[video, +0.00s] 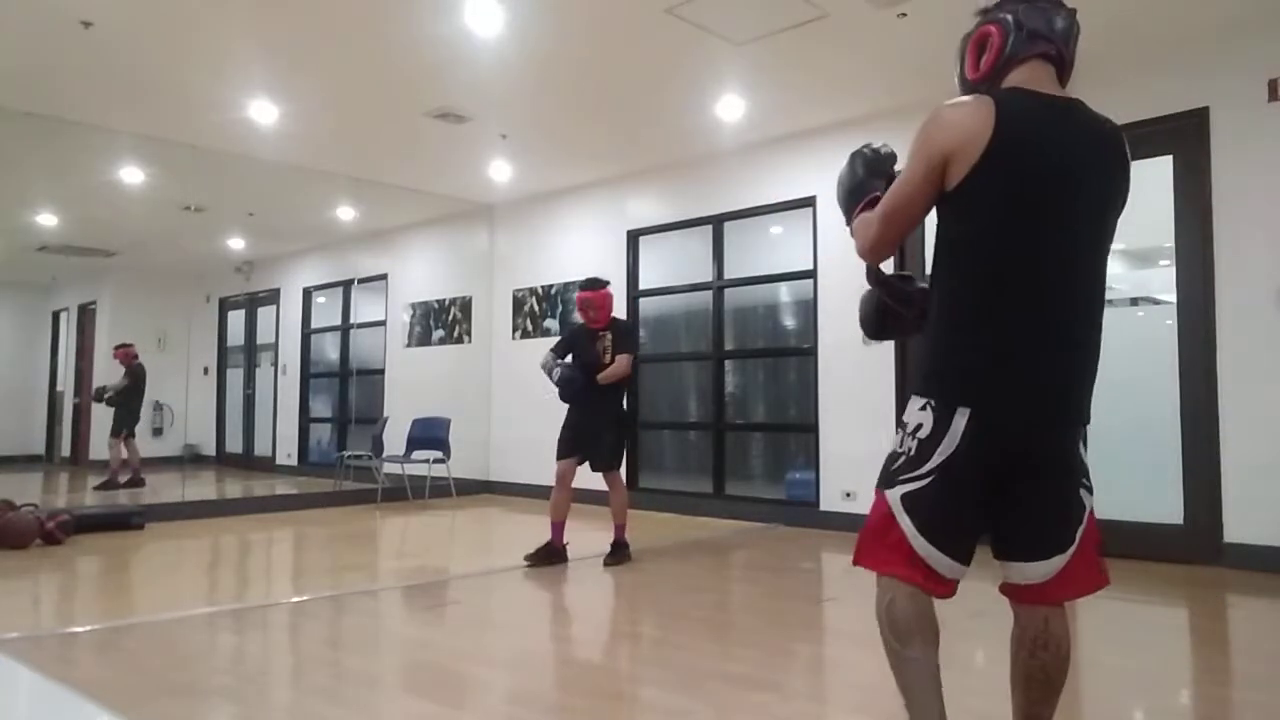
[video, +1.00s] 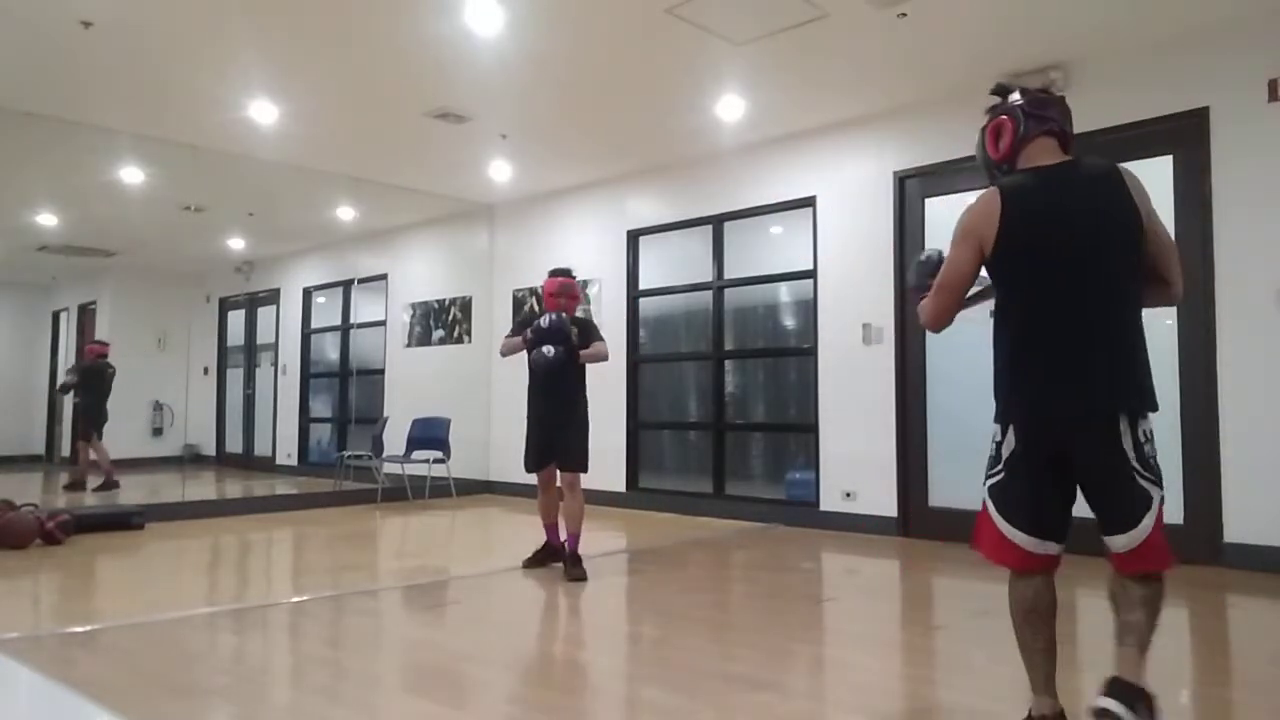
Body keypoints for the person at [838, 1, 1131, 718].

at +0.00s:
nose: (967, 67)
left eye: (970, 51)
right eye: (968, 55)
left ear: (989, 43)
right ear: (1064, 56)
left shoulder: (959, 121)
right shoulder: (1109, 140)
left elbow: (873, 243)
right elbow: (1051, 270)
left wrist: (860, 198)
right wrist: (931, 304)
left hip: (961, 394)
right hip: (1059, 397)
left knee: (904, 576)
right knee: (1040, 594)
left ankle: (927, 714)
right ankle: (1034, 719)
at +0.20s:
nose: (976, 79)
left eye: (979, 67)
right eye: (977, 70)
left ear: (998, 60)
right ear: (1069, 70)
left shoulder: (971, 135)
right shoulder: (1112, 150)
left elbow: (898, 260)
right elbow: (1057, 270)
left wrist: (879, 218)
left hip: (972, 392)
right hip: (1067, 395)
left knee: (927, 581)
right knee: (1044, 593)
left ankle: (913, 714)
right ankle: (1034, 717)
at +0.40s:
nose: (972, 102)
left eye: (974, 92)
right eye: (973, 95)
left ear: (989, 85)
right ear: (1064, 95)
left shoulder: (970, 153)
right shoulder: (1112, 165)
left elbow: (917, 282)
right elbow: (1077, 278)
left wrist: (899, 249)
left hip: (988, 396)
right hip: (1080, 395)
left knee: (963, 560)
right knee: (1049, 585)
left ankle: (963, 696)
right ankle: (1036, 718)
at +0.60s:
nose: (975, 125)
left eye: (975, 116)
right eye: (974, 118)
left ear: (990, 109)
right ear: (1064, 113)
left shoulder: (967, 178)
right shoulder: (1113, 180)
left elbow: (943, 309)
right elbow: (1088, 289)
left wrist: (926, 267)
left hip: (1000, 401)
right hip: (1080, 398)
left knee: (1008, 576)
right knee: (1053, 583)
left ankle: (1044, 708)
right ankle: (1033, 716)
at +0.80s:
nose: (975, 143)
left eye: (976, 132)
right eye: (973, 134)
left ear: (991, 126)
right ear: (1055, 126)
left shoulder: (978, 196)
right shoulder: (1115, 182)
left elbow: (933, 317)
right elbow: (1120, 289)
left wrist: (913, 280)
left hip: (1015, 408)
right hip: (1100, 404)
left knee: (1020, 570)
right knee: (1081, 568)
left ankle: (1044, 704)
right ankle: (1041, 697)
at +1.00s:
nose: (987, 149)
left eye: (988, 138)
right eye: (987, 140)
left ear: (1004, 134)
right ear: (1063, 133)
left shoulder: (990, 210)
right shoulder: (1121, 184)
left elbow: (934, 316)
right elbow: (1168, 285)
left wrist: (940, 282)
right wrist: (1094, 285)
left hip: (1032, 412)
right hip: (1117, 408)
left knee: (1030, 563)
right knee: (1137, 556)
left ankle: (1044, 706)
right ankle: (1128, 682)